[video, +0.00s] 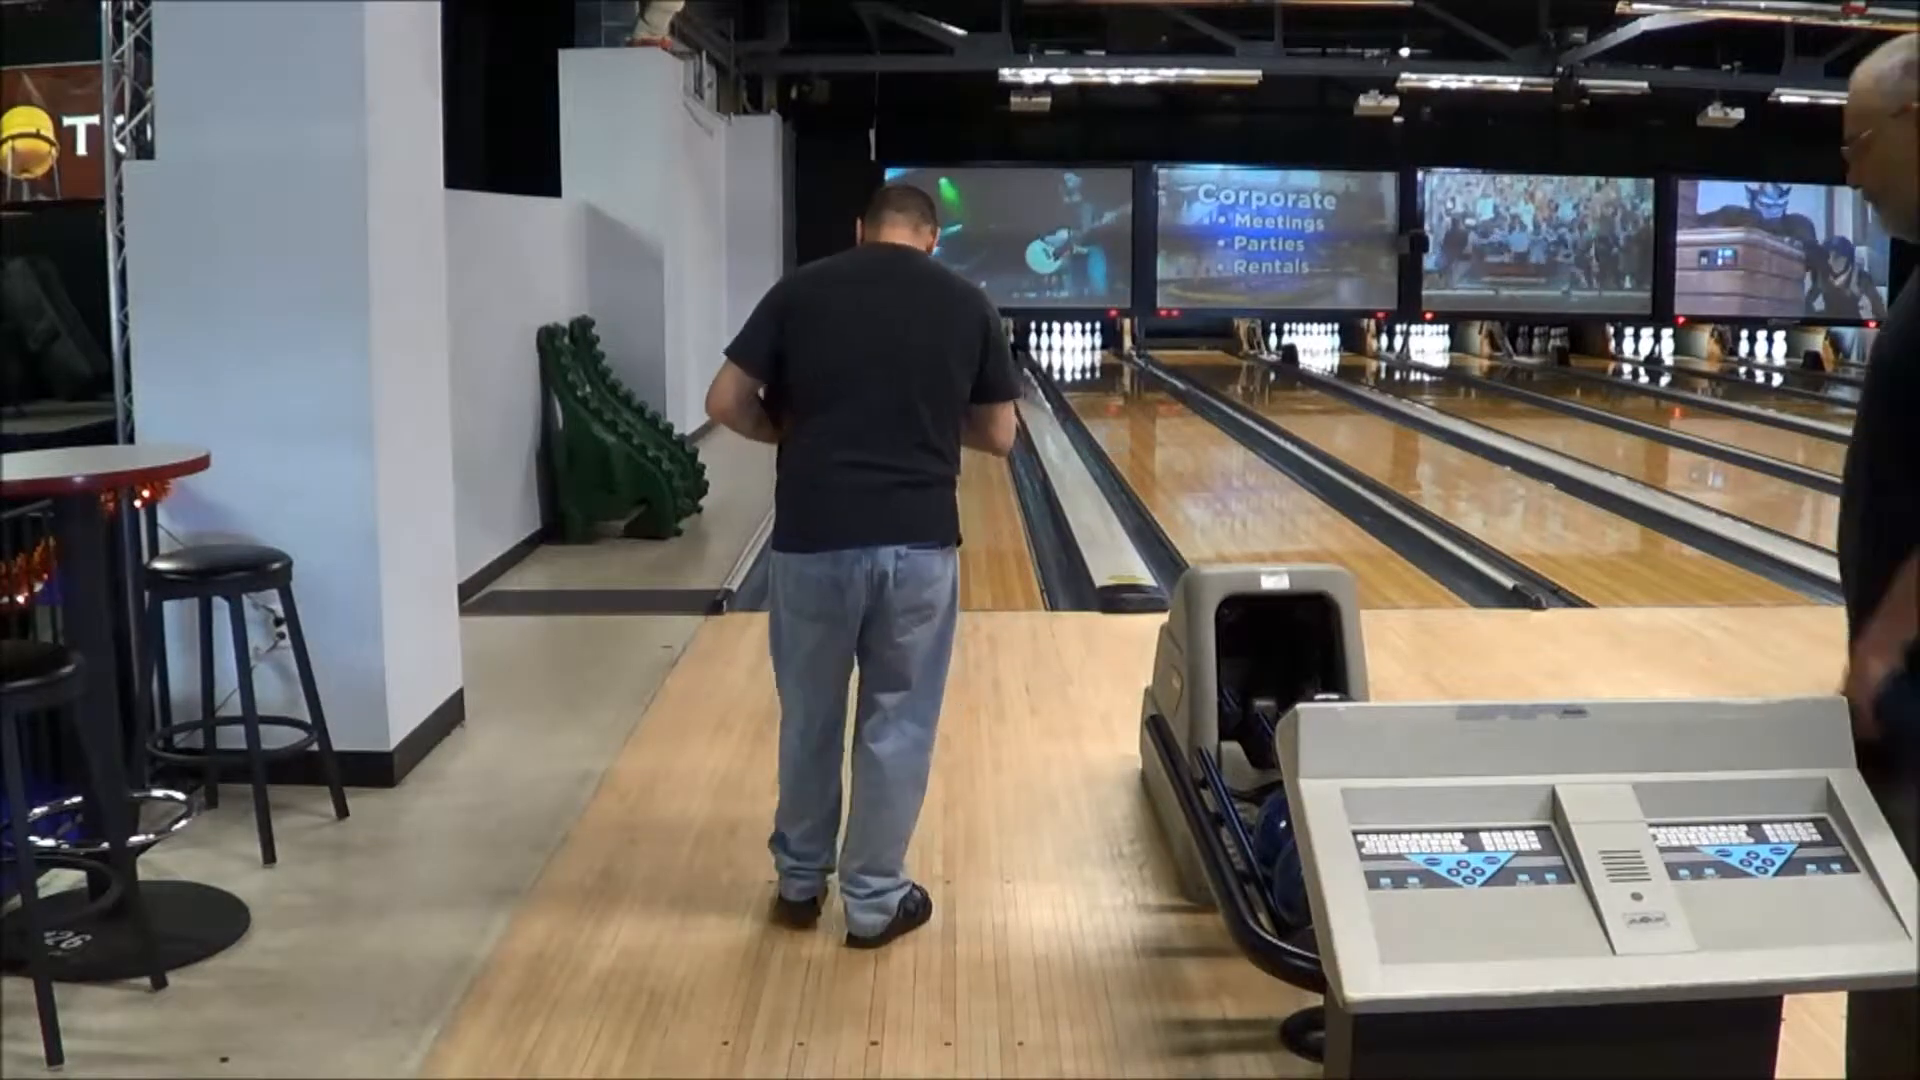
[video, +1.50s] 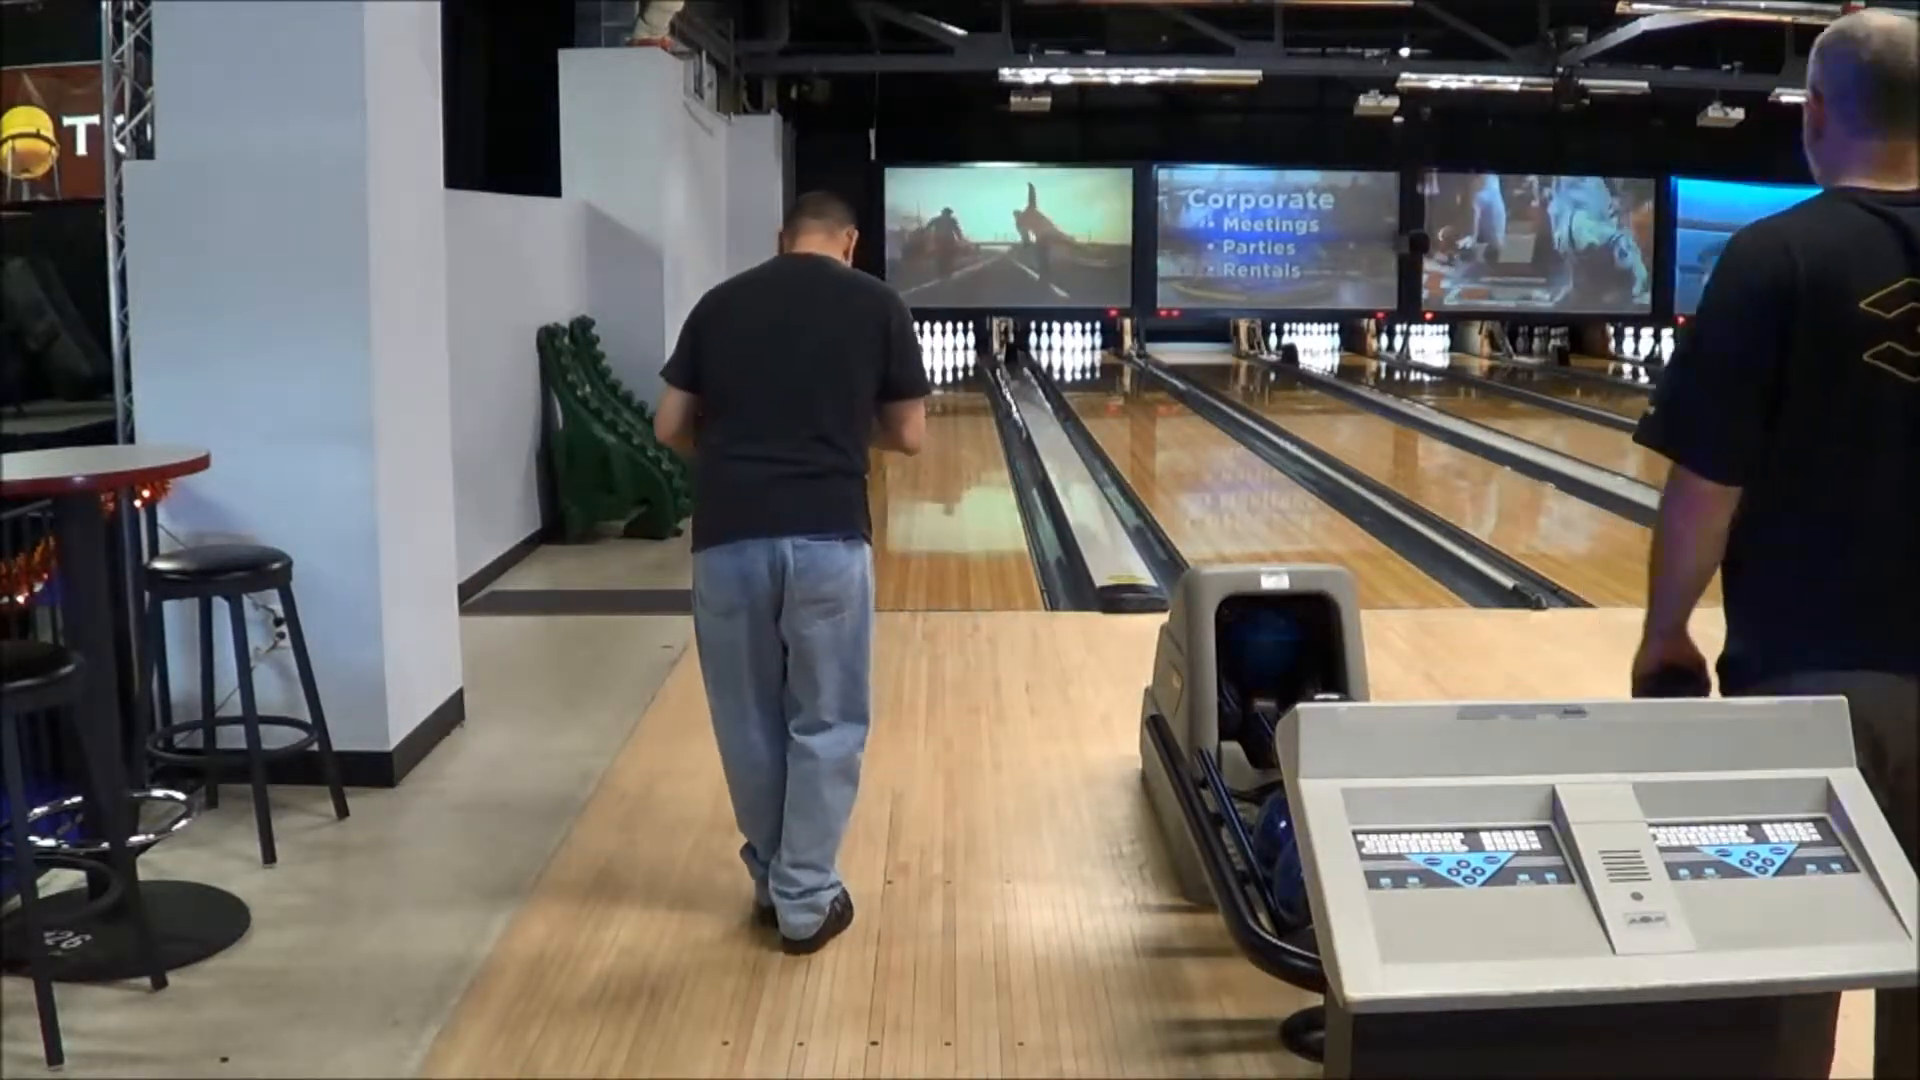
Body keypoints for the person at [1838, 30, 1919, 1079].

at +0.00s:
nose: (1851, 165)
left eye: (1864, 135)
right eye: (1850, 138)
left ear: (1914, 126)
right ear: (1882, 134)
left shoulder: (1917, 286)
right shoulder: (1906, 280)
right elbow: (1911, 497)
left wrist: (1888, 636)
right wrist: (1879, 635)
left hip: (1914, 693)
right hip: (1895, 681)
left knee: (1896, 963)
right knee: (1888, 953)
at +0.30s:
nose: (1801, 157)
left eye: (1808, 132)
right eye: (1798, 135)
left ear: (1870, 121)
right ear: (1875, 122)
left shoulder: (1904, 249)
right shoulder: (1893, 244)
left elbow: (1889, 457)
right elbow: (1883, 454)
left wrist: (1766, 587)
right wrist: (1791, 598)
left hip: (1881, 669)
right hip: (1864, 659)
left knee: (1871, 919)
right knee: (1862, 914)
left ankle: (1850, 1065)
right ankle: (1863, 1062)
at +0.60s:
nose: (1767, 152)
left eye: (1769, 129)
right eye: (1765, 132)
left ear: (1802, 118)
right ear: (1893, 116)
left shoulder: (1817, 243)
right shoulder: (1909, 221)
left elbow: (1761, 476)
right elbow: (1764, 472)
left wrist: (1691, 634)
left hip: (1831, 655)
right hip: (1912, 646)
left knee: (1803, 935)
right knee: (1899, 930)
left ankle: (1787, 1068)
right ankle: (1881, 1064)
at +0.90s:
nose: (1740, 135)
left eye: (1742, 121)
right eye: (1739, 123)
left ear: (1755, 125)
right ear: (1873, 122)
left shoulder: (1728, 255)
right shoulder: (1915, 223)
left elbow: (1656, 482)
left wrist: (1597, 644)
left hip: (1780, 666)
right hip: (1910, 661)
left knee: (1781, 953)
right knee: (1898, 952)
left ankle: (1789, 1069)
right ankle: (1871, 1066)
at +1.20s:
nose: (1747, 123)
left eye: (1749, 110)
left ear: (1756, 119)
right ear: (1884, 120)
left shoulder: (1713, 257)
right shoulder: (1917, 230)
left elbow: (1639, 477)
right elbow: (1640, 475)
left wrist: (1594, 621)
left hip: (1771, 660)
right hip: (1913, 659)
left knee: (1779, 952)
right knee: (1917, 950)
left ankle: (1787, 1072)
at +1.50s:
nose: (1799, 115)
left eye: (1803, 102)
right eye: (1809, 100)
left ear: (1819, 115)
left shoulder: (1778, 258)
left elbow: (1706, 479)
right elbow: (1709, 478)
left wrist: (1664, 628)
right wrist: (1672, 627)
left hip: (1810, 669)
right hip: (1913, 670)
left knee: (1790, 961)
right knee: (1913, 960)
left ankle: (1785, 1074)